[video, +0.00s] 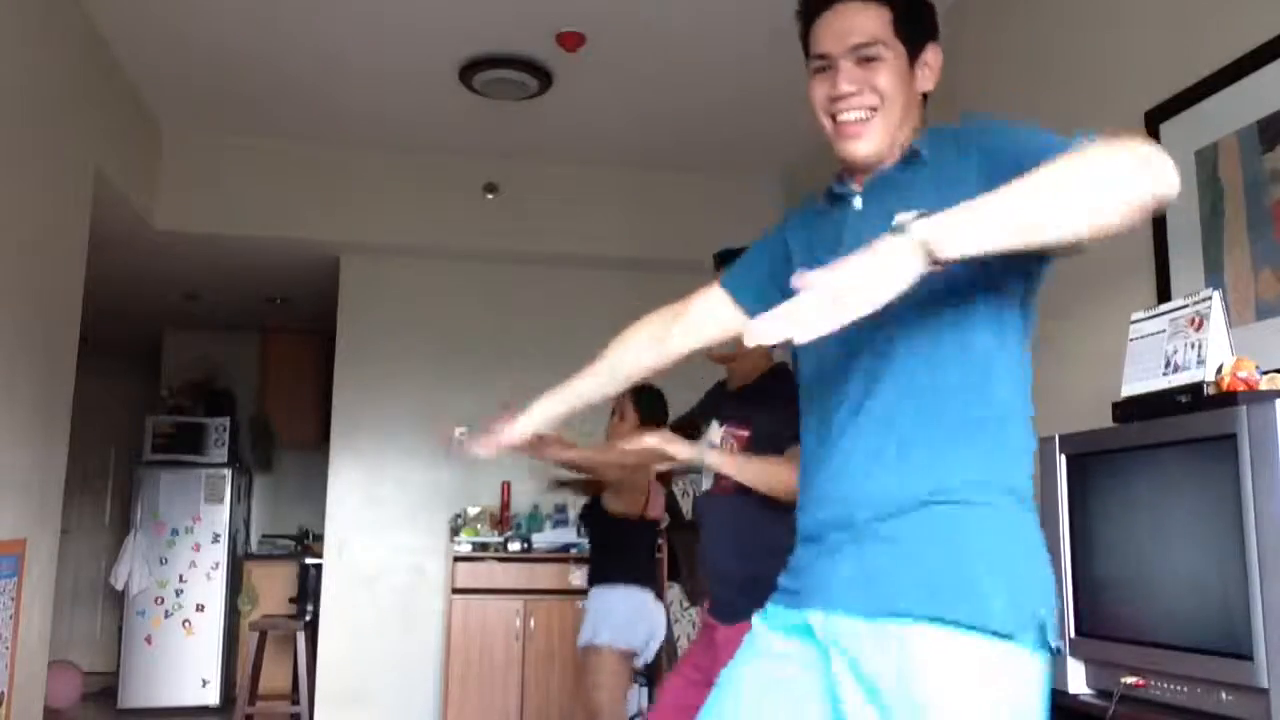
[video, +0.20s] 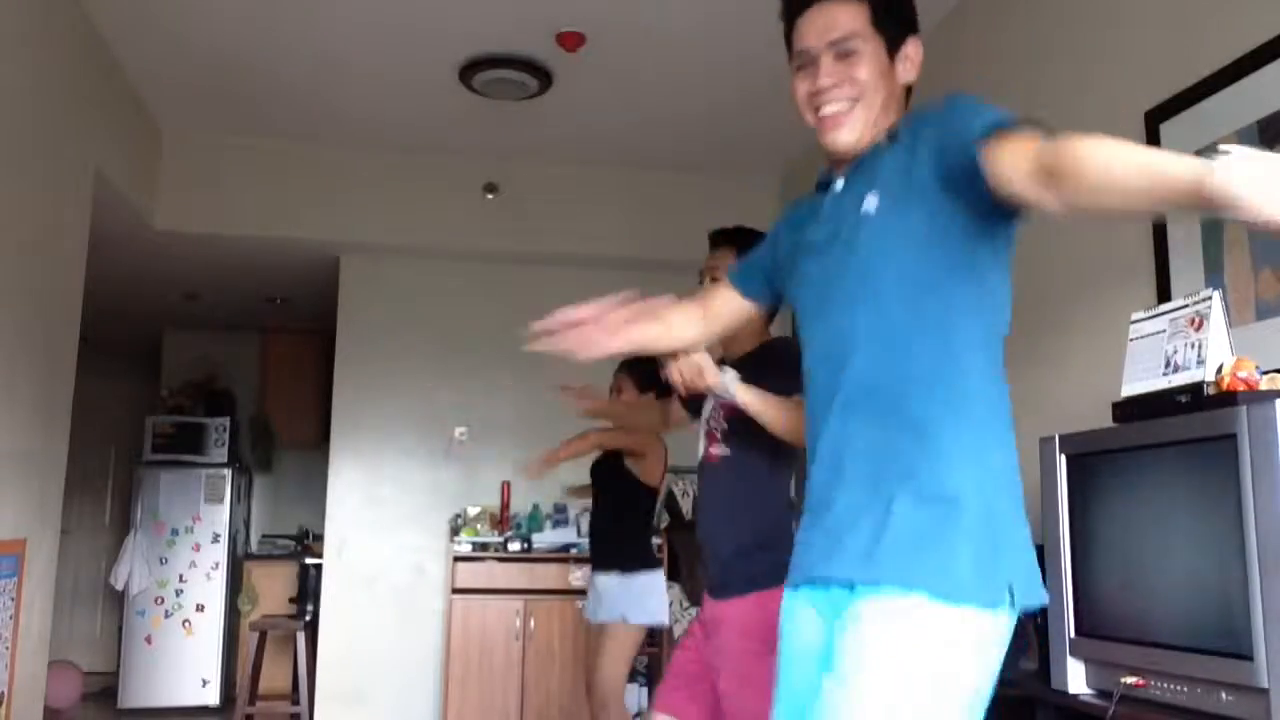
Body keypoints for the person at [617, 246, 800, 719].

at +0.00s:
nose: (715, 324)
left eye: (730, 308)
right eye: (713, 310)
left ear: (763, 318)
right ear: (706, 322)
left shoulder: (794, 391)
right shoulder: (721, 396)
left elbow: (800, 481)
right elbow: (664, 449)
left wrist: (699, 454)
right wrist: (573, 455)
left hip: (772, 622)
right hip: (716, 619)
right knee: (665, 711)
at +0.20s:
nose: (707, 290)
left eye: (719, 277)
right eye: (705, 278)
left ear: (760, 285)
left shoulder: (785, 356)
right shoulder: (719, 369)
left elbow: (811, 430)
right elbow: (667, 413)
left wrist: (731, 384)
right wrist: (604, 409)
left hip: (765, 594)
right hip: (718, 597)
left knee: (752, 712)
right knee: (672, 710)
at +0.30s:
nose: (707, 305)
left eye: (720, 292)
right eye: (706, 292)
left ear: (758, 299)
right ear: (703, 301)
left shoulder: (777, 376)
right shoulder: (708, 386)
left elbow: (804, 446)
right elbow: (653, 415)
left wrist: (740, 441)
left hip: (754, 587)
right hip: (716, 589)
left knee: (722, 710)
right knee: (709, 708)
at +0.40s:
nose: (719, 338)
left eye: (730, 324)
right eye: (713, 324)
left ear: (756, 330)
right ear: (708, 332)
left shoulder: (785, 397)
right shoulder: (718, 404)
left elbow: (807, 487)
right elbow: (663, 437)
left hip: (759, 611)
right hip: (719, 607)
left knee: (694, 711)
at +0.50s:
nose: (719, 325)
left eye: (735, 312)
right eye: (719, 310)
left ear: (768, 320)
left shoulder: (790, 391)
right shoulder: (716, 400)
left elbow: (802, 480)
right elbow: (656, 445)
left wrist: (689, 473)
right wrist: (565, 454)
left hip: (768, 606)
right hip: (717, 604)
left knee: (690, 708)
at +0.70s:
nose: (717, 286)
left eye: (729, 272)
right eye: (713, 274)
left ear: (768, 276)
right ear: (709, 280)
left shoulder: (798, 347)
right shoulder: (708, 361)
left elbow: (781, 433)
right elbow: (637, 437)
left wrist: (694, 417)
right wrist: (562, 437)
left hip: (772, 587)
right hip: (698, 583)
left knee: (766, 710)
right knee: (689, 710)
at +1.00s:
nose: (705, 300)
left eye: (717, 287)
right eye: (706, 287)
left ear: (762, 298)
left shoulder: (794, 371)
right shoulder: (711, 375)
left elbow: (824, 441)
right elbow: (657, 431)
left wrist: (738, 394)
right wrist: (568, 424)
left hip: (773, 617)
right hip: (707, 613)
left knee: (767, 713)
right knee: (665, 711)